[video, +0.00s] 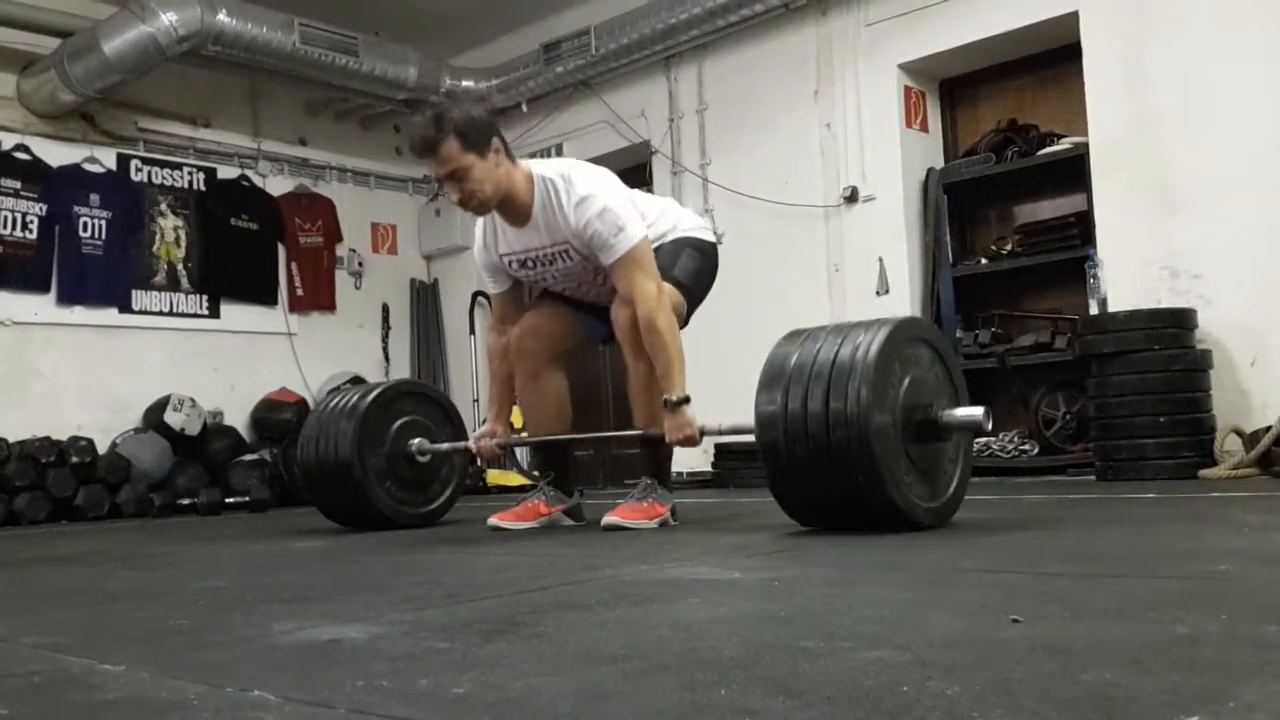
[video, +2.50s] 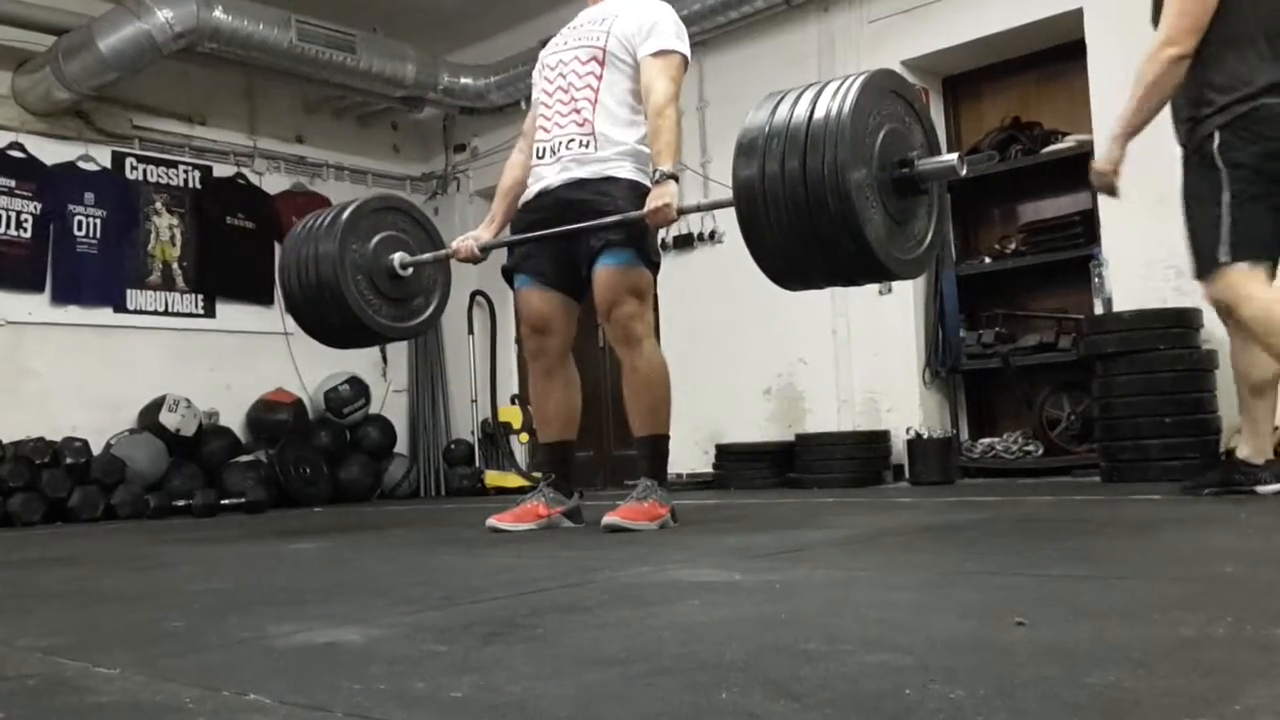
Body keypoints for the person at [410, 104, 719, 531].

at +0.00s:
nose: (455, 193)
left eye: (459, 175)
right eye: (443, 184)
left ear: (497, 152)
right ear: (438, 185)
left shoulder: (584, 196)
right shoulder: (490, 237)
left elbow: (649, 298)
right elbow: (505, 328)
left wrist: (676, 402)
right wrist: (499, 418)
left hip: (676, 245)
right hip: (597, 278)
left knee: (631, 316)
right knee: (528, 341)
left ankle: (656, 490)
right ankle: (558, 493)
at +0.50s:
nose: (459, 183)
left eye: (465, 164)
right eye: (449, 174)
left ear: (504, 145)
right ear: (444, 175)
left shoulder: (589, 195)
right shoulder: (492, 231)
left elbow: (651, 295)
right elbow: (507, 325)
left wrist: (676, 400)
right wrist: (498, 417)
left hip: (676, 261)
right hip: (598, 292)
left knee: (628, 319)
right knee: (523, 343)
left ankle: (656, 490)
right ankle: (558, 494)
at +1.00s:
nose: (451, 113)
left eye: (458, 94)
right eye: (441, 103)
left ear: (499, 77)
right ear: (437, 108)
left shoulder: (580, 137)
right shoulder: (483, 179)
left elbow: (639, 239)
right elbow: (499, 276)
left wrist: (664, 342)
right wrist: (486, 369)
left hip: (663, 226)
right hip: (589, 254)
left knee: (630, 312)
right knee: (530, 335)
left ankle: (653, 489)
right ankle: (557, 492)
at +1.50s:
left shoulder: (599, 27)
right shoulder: (501, 73)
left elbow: (643, 127)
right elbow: (509, 177)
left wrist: (664, 219)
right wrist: (489, 265)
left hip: (626, 208)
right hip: (559, 221)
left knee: (630, 318)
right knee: (529, 335)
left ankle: (654, 488)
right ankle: (557, 491)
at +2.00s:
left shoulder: (648, 16)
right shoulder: (557, 48)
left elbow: (661, 100)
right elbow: (529, 142)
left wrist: (663, 177)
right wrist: (488, 226)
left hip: (610, 186)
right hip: (540, 199)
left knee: (627, 322)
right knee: (542, 336)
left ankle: (653, 487)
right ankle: (558, 491)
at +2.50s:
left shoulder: (648, 12)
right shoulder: (552, 50)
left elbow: (661, 98)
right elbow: (526, 144)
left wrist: (665, 176)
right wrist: (489, 228)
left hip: (612, 183)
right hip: (542, 197)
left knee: (627, 322)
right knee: (541, 336)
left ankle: (652, 488)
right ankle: (557, 493)